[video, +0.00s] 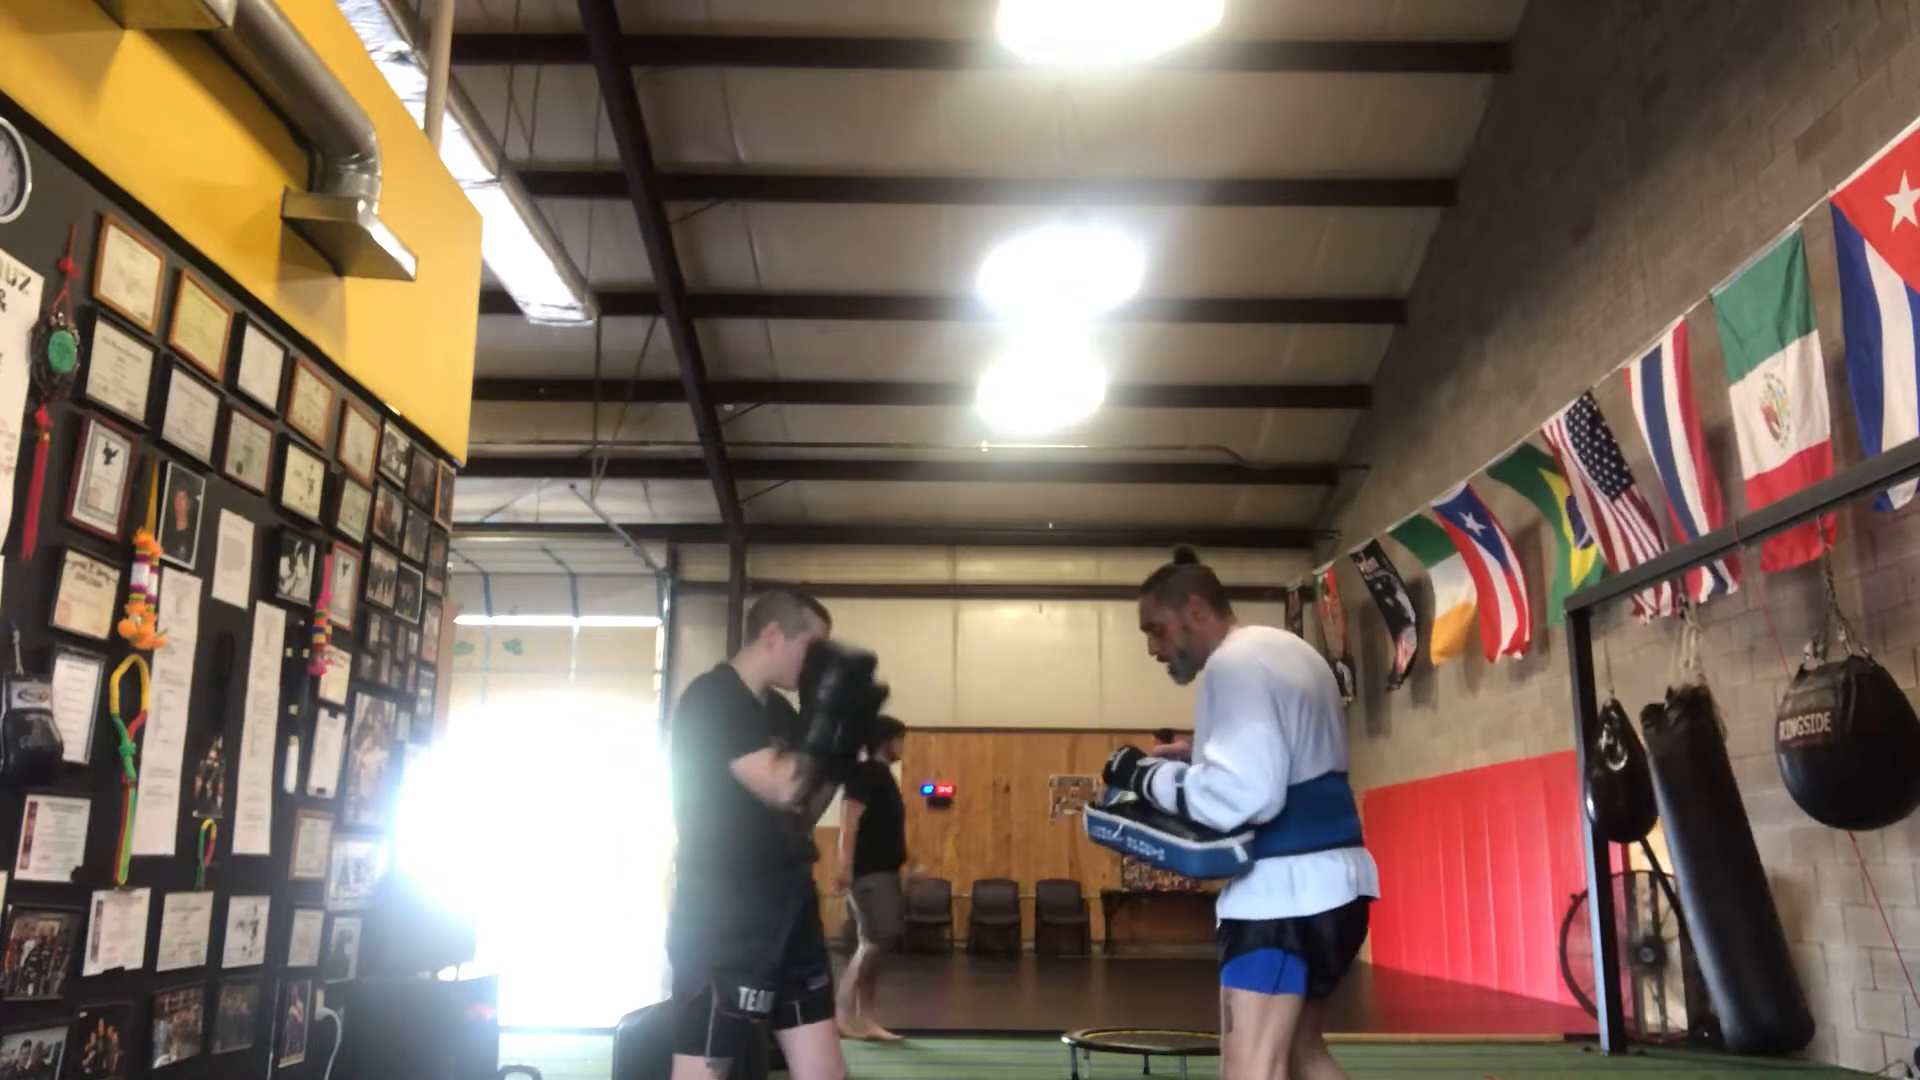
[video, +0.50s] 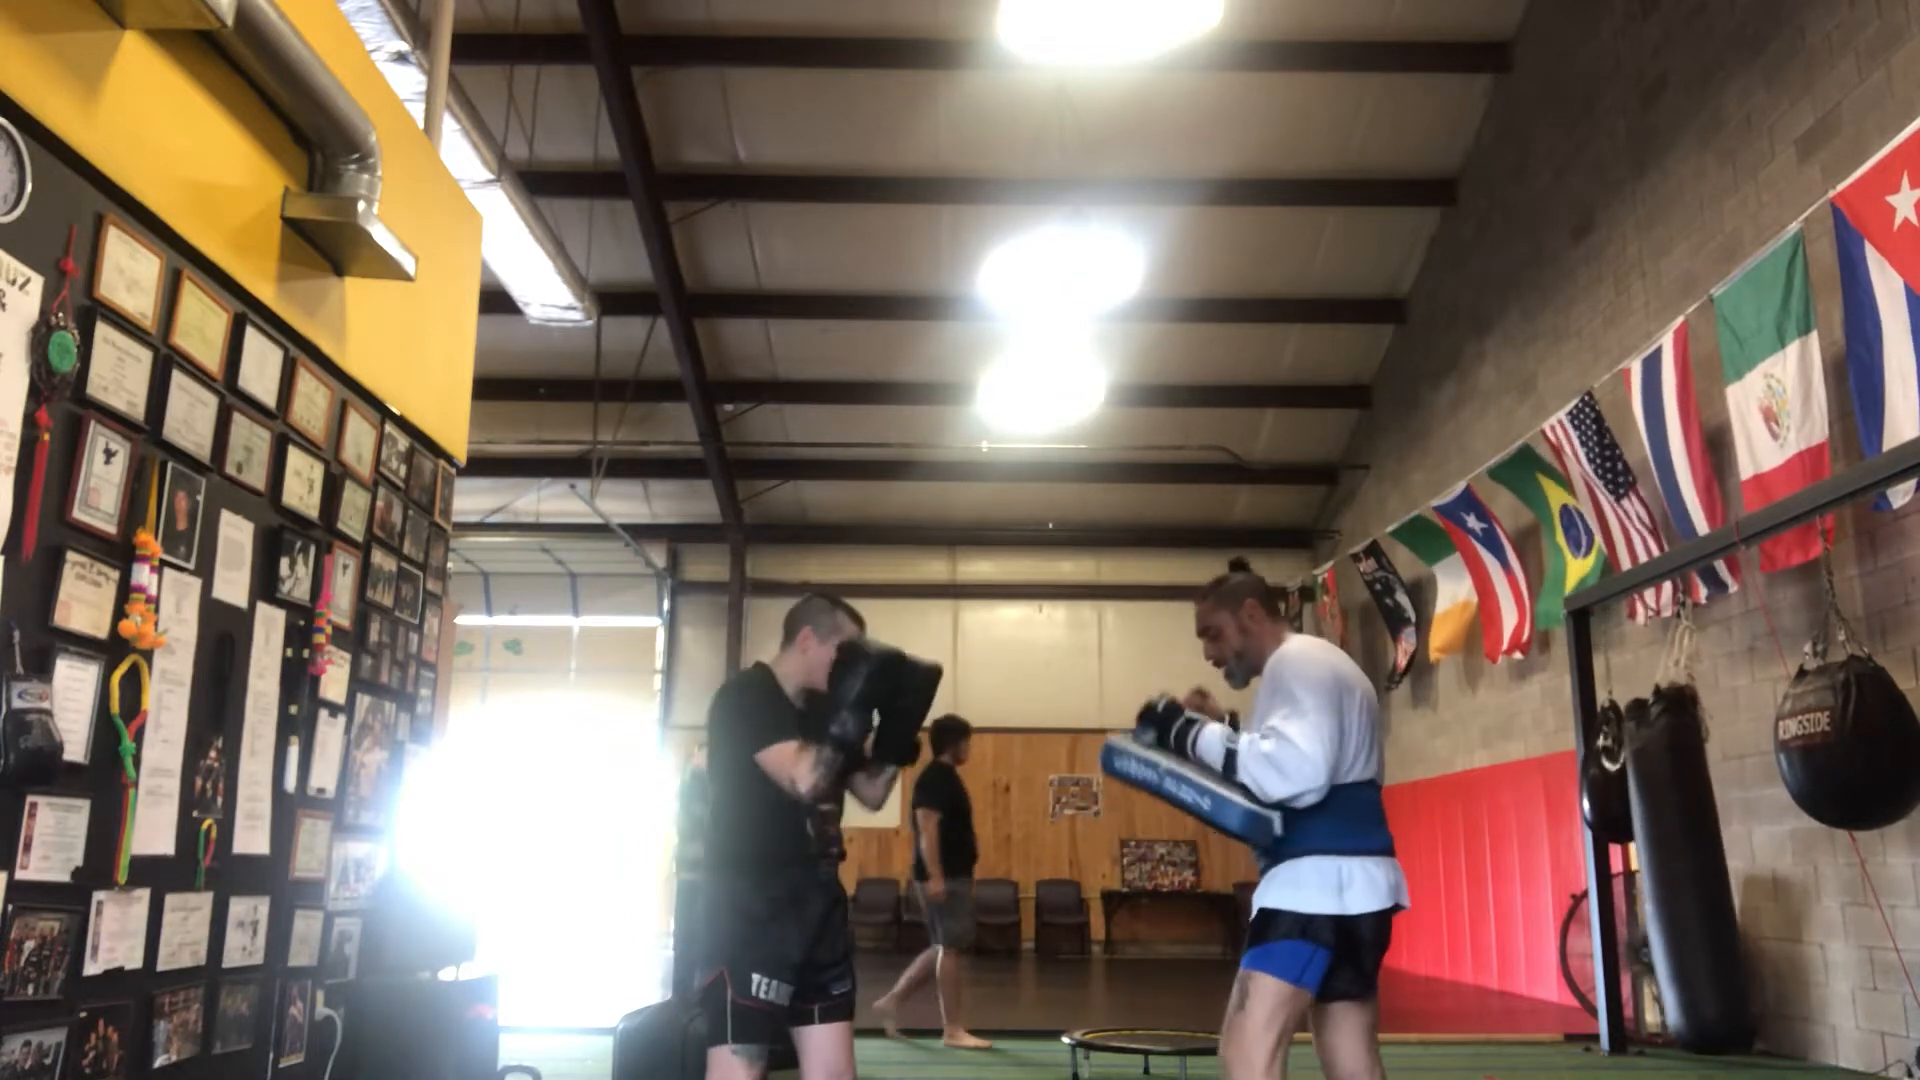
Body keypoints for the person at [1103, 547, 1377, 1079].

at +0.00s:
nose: (1152, 649)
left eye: (1155, 631)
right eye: (1148, 634)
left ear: (1196, 611)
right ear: (1201, 610)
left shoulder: (1236, 663)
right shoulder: (1288, 649)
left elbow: (1243, 793)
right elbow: (1294, 761)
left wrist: (1145, 775)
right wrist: (1201, 751)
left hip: (1280, 894)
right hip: (1330, 884)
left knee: (1250, 1067)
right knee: (1302, 1053)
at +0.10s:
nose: (1163, 647)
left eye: (1167, 629)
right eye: (1159, 633)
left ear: (1208, 611)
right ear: (1213, 611)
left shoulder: (1251, 662)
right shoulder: (1298, 655)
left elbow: (1257, 789)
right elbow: (1294, 767)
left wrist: (1157, 775)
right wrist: (1205, 754)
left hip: (1281, 893)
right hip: (1331, 886)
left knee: (1252, 1067)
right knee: (1321, 1062)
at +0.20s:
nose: (1175, 646)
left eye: (1181, 627)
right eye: (1171, 632)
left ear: (1221, 611)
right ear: (1224, 612)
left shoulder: (1266, 660)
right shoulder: (1306, 658)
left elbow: (1284, 780)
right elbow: (1298, 771)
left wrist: (1174, 771)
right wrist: (1206, 760)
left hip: (1288, 890)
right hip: (1333, 885)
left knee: (1257, 1066)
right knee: (1334, 1061)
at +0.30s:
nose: (1189, 648)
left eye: (1195, 630)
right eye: (1185, 635)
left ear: (1233, 612)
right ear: (1235, 615)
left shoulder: (1280, 660)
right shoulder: (1311, 659)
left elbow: (1296, 774)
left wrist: (1186, 767)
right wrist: (1213, 754)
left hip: (1297, 891)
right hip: (1335, 888)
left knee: (1265, 1065)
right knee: (1341, 1062)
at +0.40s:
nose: (1201, 652)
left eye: (1206, 634)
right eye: (1196, 639)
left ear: (1244, 615)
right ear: (1246, 617)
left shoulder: (1292, 663)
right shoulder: (1319, 662)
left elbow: (1298, 773)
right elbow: (1288, 754)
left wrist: (1192, 755)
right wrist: (1216, 743)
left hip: (1304, 890)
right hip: (1346, 889)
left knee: (1264, 1063)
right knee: (1346, 1060)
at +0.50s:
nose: (1208, 653)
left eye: (1212, 634)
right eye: (1203, 640)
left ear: (1251, 614)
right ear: (1252, 616)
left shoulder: (1297, 663)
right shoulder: (1333, 664)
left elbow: (1291, 771)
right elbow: (1307, 769)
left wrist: (1188, 733)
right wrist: (1224, 726)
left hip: (1312, 886)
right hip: (1361, 886)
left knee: (1247, 1053)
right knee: (1352, 1062)